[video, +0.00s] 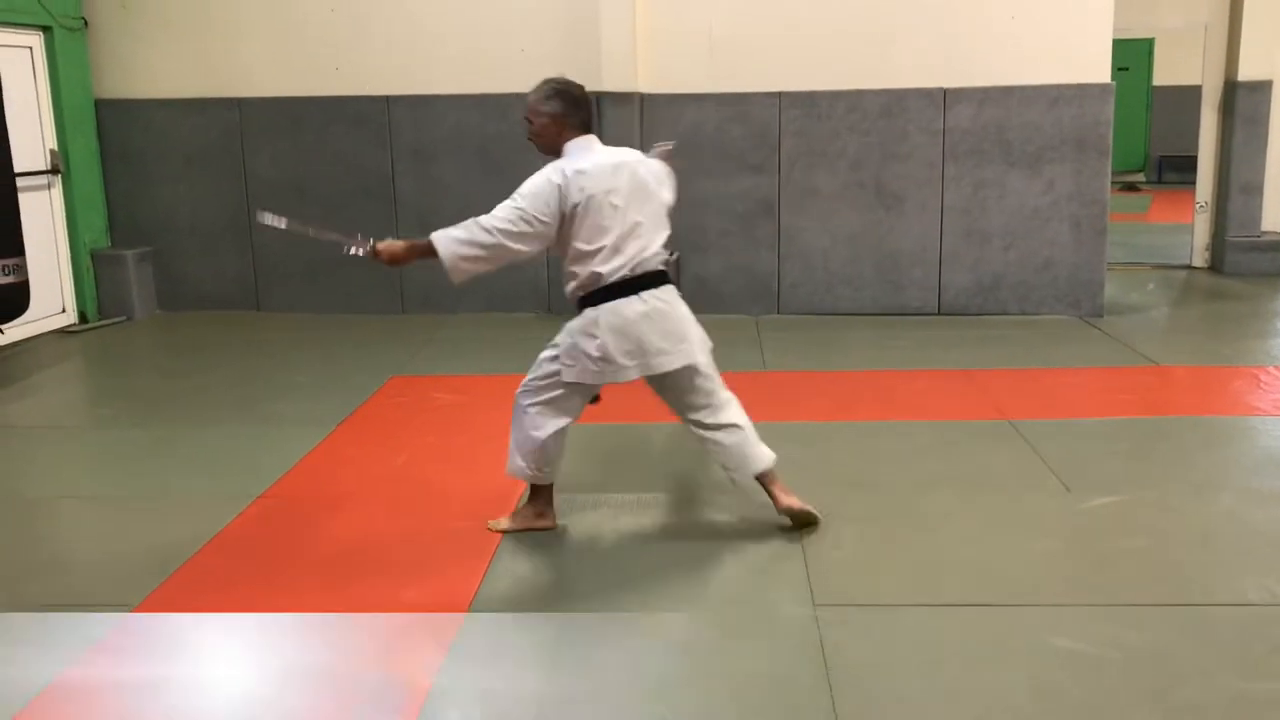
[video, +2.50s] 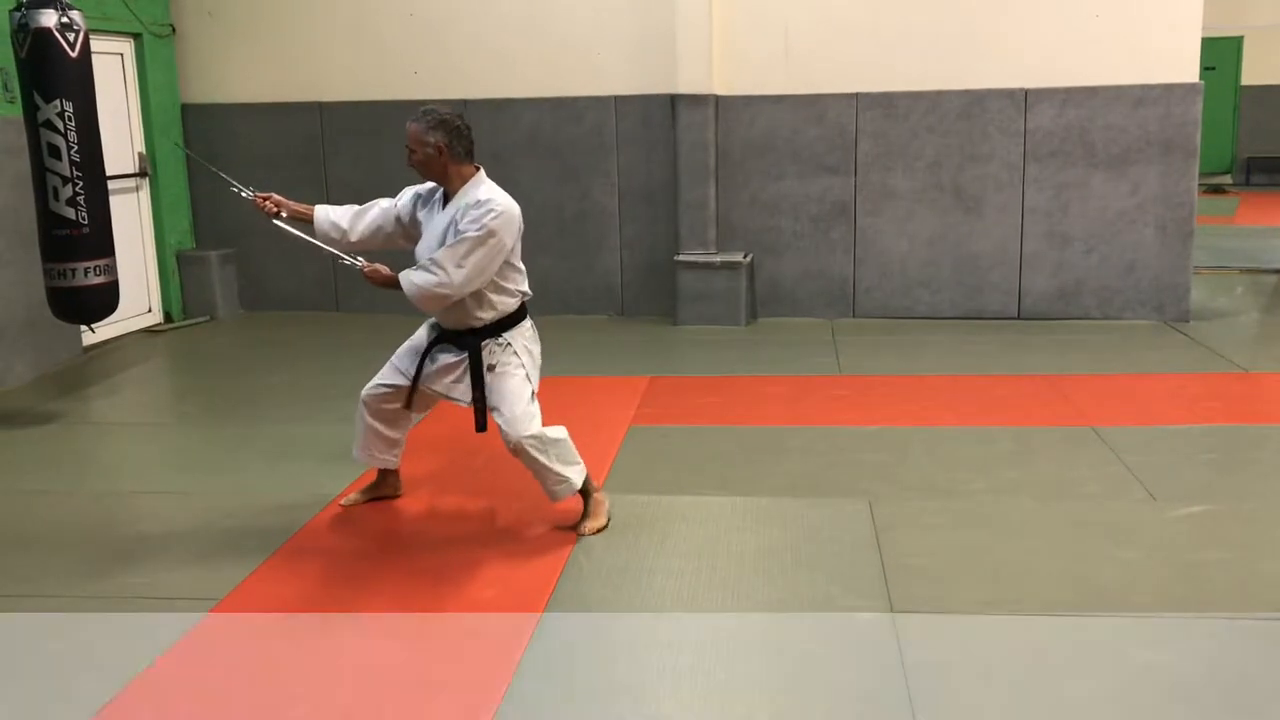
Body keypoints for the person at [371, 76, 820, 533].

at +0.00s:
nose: (527, 132)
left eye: (532, 121)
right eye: (526, 122)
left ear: (561, 120)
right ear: (579, 120)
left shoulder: (558, 179)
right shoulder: (642, 164)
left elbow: (496, 230)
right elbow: (664, 187)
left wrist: (411, 249)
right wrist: (661, 162)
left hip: (605, 323)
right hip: (666, 310)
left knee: (539, 398)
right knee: (713, 405)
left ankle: (538, 506)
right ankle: (781, 495)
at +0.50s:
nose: (466, 113)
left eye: (473, 104)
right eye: (465, 104)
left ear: (504, 102)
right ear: (499, 103)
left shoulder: (566, 158)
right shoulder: (481, 166)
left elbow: (590, 224)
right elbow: (459, 222)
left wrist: (591, 280)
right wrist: (445, 275)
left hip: (560, 305)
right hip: (509, 305)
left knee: (534, 411)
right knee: (502, 408)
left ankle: (533, 506)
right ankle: (522, 498)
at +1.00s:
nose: (477, 127)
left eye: (486, 117)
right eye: (475, 116)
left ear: (522, 115)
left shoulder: (573, 165)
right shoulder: (472, 164)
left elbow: (624, 219)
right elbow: (494, 234)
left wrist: (657, 270)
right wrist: (556, 273)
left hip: (550, 308)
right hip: (484, 303)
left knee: (562, 405)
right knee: (451, 400)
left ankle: (564, 503)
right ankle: (456, 472)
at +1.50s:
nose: (396, 157)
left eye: (403, 148)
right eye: (395, 147)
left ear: (435, 146)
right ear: (429, 149)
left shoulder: (481, 203)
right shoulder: (425, 188)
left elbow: (493, 291)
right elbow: (384, 208)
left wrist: (440, 328)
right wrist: (344, 225)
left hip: (513, 329)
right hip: (468, 328)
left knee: (525, 428)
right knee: (406, 391)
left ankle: (582, 498)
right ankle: (386, 477)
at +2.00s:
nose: (396, 153)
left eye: (401, 144)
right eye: (395, 145)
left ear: (430, 144)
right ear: (431, 145)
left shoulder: (482, 200)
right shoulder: (421, 196)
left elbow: (441, 277)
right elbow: (366, 219)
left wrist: (392, 275)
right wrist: (296, 209)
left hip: (507, 331)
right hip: (455, 332)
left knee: (536, 429)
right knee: (393, 393)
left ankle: (588, 501)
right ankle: (388, 479)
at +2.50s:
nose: (408, 159)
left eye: (413, 151)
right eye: (407, 150)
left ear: (441, 151)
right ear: (438, 150)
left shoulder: (495, 211)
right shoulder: (424, 199)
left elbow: (448, 282)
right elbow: (365, 220)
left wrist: (396, 279)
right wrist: (293, 210)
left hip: (501, 338)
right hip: (445, 334)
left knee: (520, 431)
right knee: (380, 398)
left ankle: (591, 495)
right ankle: (387, 479)